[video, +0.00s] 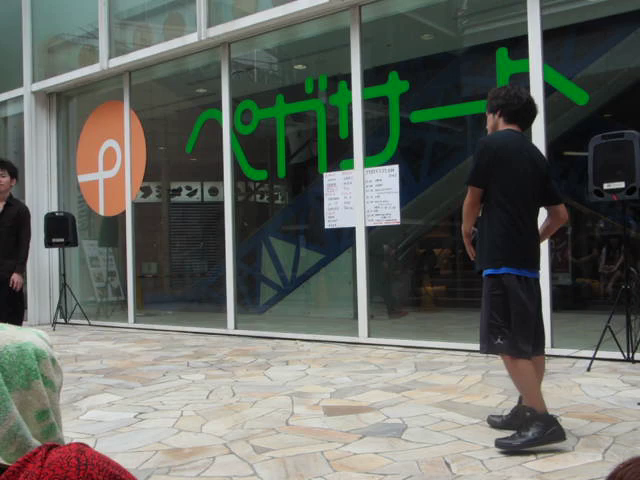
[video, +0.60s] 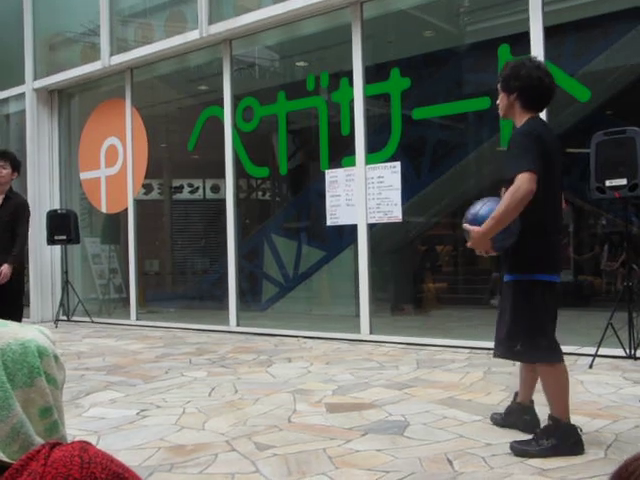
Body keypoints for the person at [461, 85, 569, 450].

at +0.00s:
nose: (486, 122)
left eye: (488, 116)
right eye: (487, 117)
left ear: (497, 116)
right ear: (524, 120)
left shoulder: (491, 144)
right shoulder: (536, 157)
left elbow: (472, 200)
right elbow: (559, 215)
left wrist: (467, 234)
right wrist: (532, 239)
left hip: (501, 259)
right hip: (526, 260)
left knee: (506, 341)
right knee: (530, 340)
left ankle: (543, 421)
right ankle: (527, 409)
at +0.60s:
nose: (497, 99)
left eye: (500, 92)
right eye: (498, 92)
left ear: (513, 96)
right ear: (534, 97)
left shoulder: (526, 134)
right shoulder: (543, 135)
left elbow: (525, 186)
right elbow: (549, 199)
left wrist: (485, 230)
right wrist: (493, 228)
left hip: (532, 262)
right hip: (535, 260)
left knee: (541, 341)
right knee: (528, 338)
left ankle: (562, 429)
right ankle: (522, 408)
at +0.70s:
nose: (494, 95)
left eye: (497, 88)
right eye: (496, 88)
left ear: (512, 93)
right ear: (526, 93)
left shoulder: (533, 128)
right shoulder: (530, 130)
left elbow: (548, 181)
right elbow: (537, 190)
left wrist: (513, 229)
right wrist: (510, 232)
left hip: (539, 257)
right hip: (525, 256)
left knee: (545, 340)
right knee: (522, 336)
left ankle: (563, 428)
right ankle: (524, 411)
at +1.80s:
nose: (491, 114)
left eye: (495, 108)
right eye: (493, 108)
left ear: (509, 111)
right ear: (524, 115)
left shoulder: (512, 140)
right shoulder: (534, 152)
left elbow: (505, 183)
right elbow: (541, 218)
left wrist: (470, 225)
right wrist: (540, 268)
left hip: (502, 264)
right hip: (523, 265)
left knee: (486, 337)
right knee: (520, 340)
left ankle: (540, 401)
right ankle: (516, 416)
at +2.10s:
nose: (489, 120)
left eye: (494, 113)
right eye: (492, 113)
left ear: (507, 116)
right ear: (522, 121)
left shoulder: (502, 141)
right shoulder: (532, 156)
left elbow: (487, 182)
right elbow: (533, 219)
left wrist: (458, 225)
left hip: (492, 264)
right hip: (516, 265)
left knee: (478, 337)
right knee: (515, 338)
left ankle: (530, 399)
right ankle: (511, 412)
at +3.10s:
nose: (492, 105)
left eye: (493, 99)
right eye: (494, 98)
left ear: (499, 103)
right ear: (534, 98)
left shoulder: (517, 136)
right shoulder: (542, 136)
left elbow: (524, 188)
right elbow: (540, 196)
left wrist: (515, 241)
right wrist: (518, 239)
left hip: (530, 261)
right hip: (544, 258)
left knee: (536, 347)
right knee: (528, 340)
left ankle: (556, 437)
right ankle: (516, 409)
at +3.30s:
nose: (506, 95)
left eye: (509, 89)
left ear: (513, 96)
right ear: (554, 94)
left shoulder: (523, 136)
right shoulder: (562, 138)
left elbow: (523, 193)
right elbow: (557, 203)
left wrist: (509, 247)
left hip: (534, 263)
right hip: (555, 262)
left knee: (542, 350)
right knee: (552, 343)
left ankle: (556, 439)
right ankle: (566, 421)